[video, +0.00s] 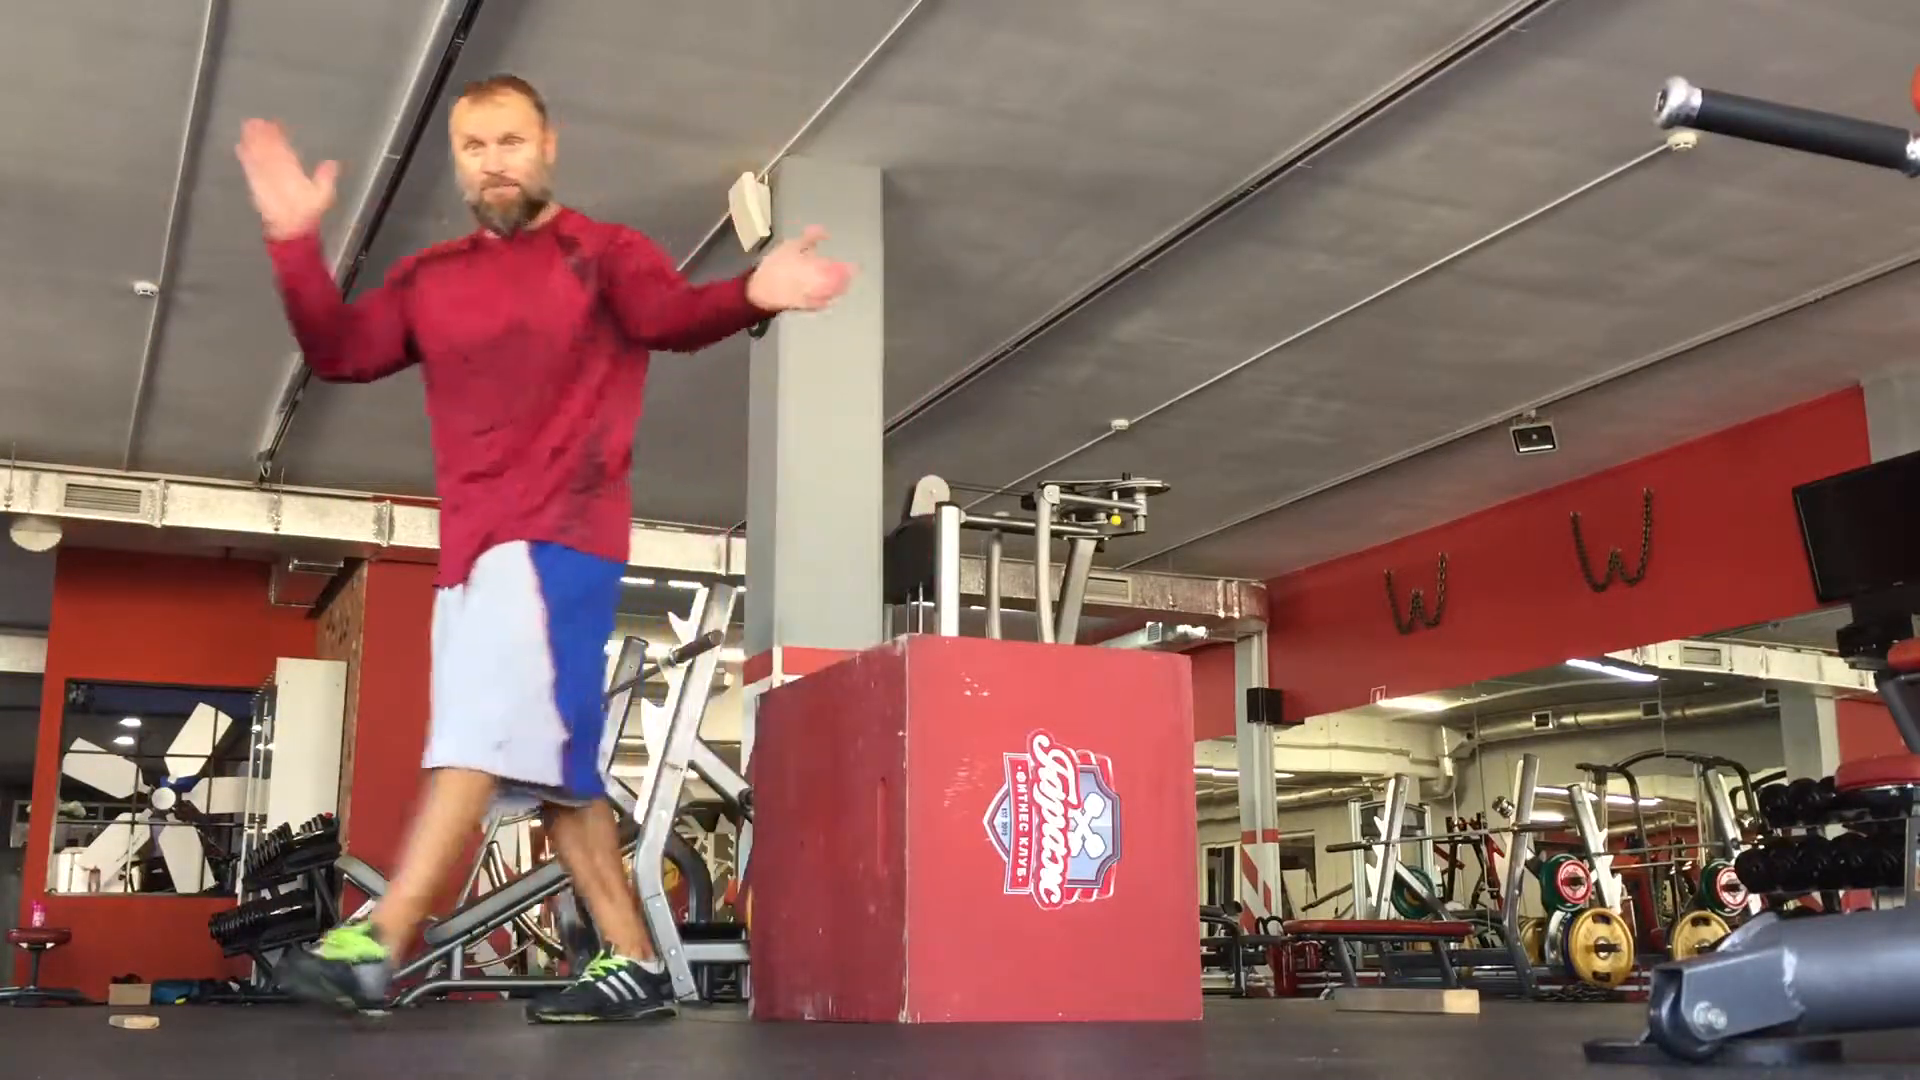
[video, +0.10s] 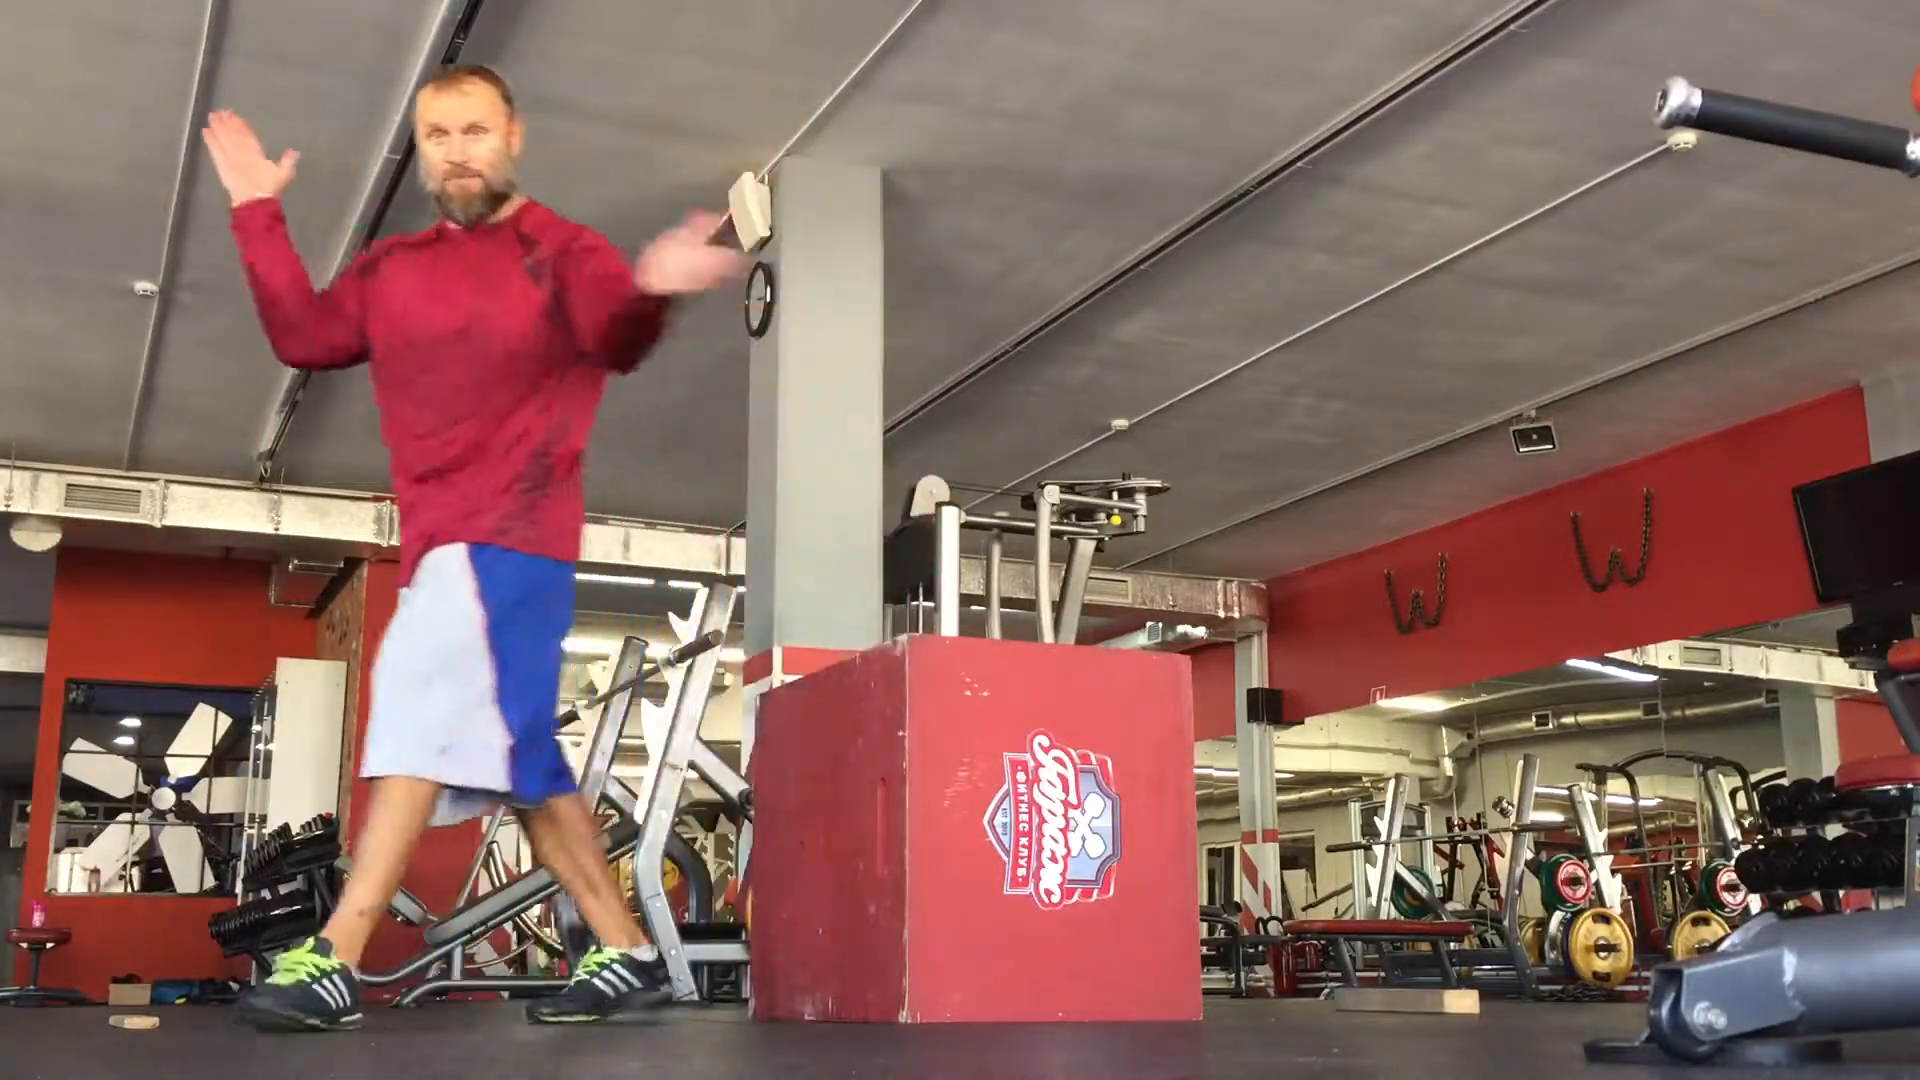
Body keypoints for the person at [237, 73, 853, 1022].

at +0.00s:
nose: (491, 160)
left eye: (510, 140)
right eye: (473, 145)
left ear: (548, 147)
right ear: (455, 161)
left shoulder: (602, 250)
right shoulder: (427, 279)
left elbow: (665, 313)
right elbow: (339, 349)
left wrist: (749, 291)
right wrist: (297, 242)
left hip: (564, 527)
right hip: (473, 535)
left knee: (474, 730)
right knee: (559, 758)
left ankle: (380, 945)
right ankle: (635, 963)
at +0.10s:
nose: (456, 149)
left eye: (475, 129)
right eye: (437, 134)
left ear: (516, 140)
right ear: (419, 153)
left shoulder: (560, 249)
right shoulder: (387, 270)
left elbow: (615, 341)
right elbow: (302, 336)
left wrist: (646, 289)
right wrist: (256, 209)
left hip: (514, 529)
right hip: (436, 532)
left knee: (413, 715)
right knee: (522, 746)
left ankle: (335, 959)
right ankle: (628, 950)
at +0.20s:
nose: (419, 124)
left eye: (440, 105)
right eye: (401, 108)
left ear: (480, 119)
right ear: (382, 125)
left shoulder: (526, 234)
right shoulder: (346, 238)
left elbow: (537, 335)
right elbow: (284, 334)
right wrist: (269, 218)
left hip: (468, 508)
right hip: (380, 512)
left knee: (386, 716)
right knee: (440, 751)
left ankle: (331, 961)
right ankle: (585, 923)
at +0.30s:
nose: (380, 97)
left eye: (403, 78)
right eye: (362, 81)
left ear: (447, 94)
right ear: (344, 99)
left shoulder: (490, 216)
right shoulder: (320, 205)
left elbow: (455, 328)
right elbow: (237, 323)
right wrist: (272, 263)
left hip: (423, 500)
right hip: (316, 502)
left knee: (375, 713)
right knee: (292, 713)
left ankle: (332, 960)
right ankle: (463, 876)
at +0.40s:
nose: (336, 75)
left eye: (360, 55)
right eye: (320, 56)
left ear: (405, 72)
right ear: (298, 74)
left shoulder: (455, 200)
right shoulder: (258, 192)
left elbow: (438, 322)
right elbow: (179, 315)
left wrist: (283, 285)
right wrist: (223, 292)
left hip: (378, 499)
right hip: (255, 497)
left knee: (358, 726)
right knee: (184, 716)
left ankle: (332, 961)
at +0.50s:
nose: (296, 58)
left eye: (318, 38)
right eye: (277, 38)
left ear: (360, 54)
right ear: (251, 54)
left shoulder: (415, 190)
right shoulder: (200, 180)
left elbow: (398, 320)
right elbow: (122, 305)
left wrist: (252, 314)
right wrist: (185, 312)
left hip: (330, 494)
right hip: (192, 480)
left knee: (336, 720)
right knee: (87, 677)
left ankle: (330, 958)